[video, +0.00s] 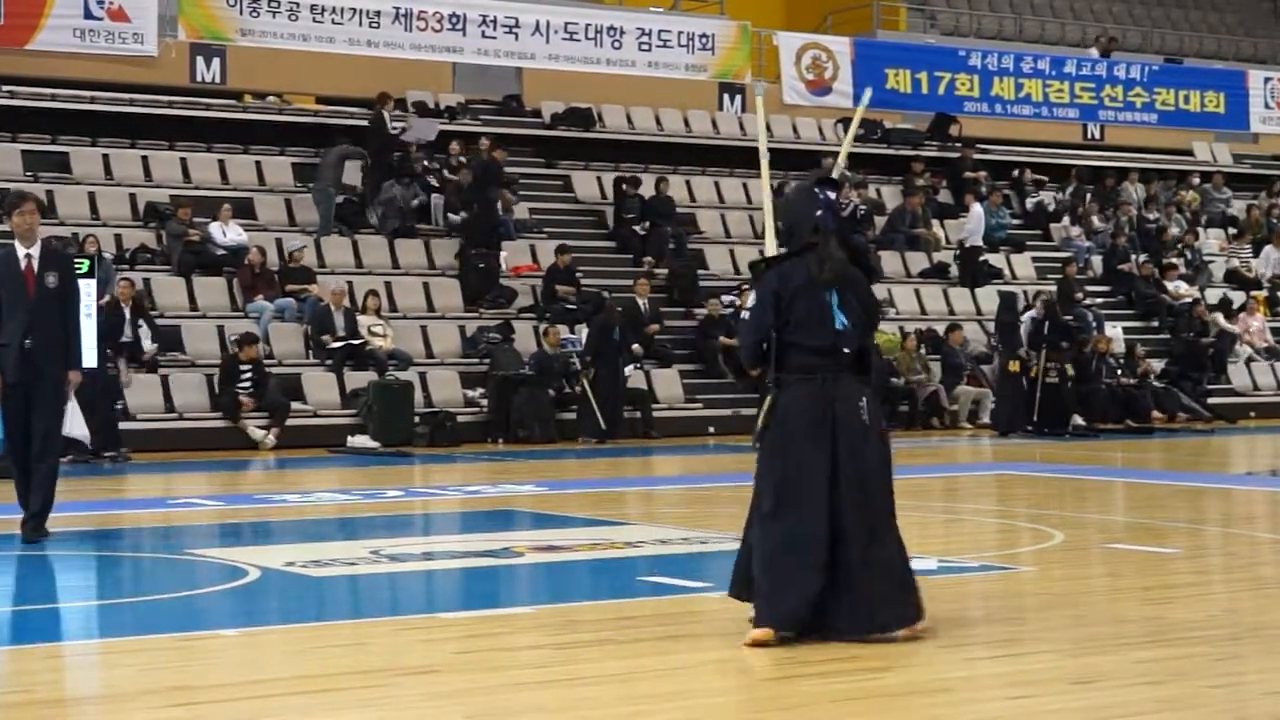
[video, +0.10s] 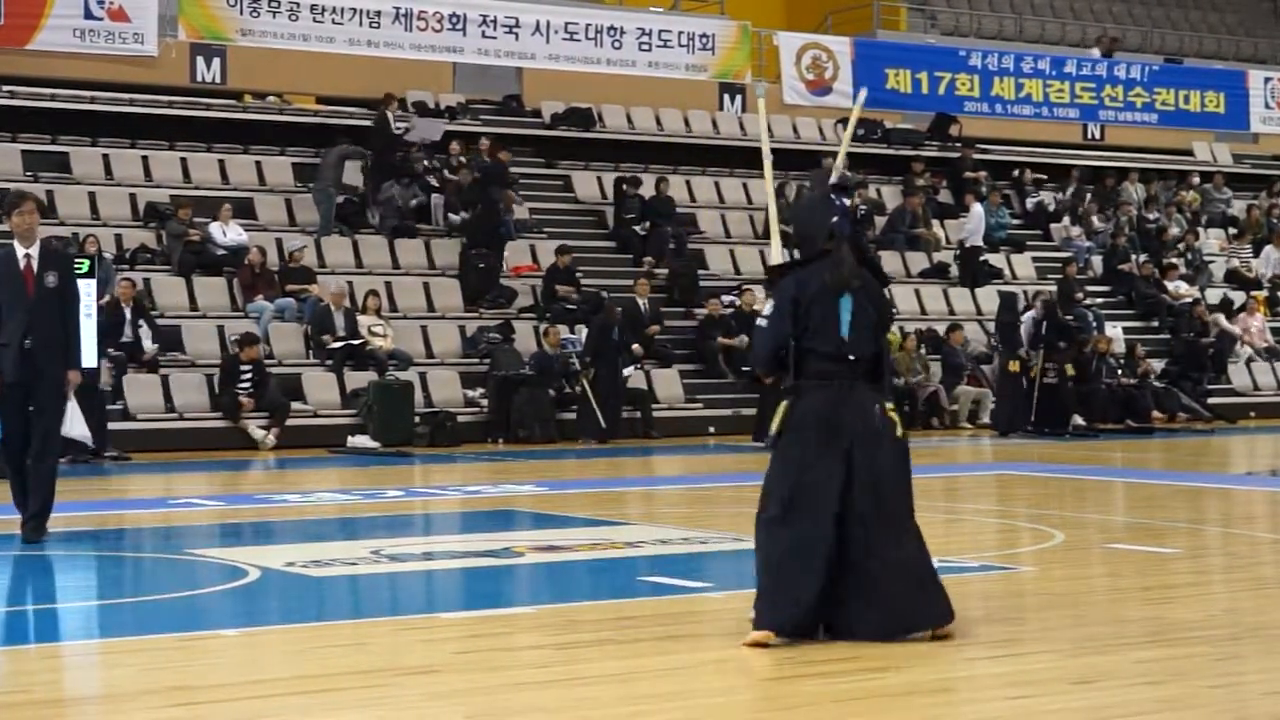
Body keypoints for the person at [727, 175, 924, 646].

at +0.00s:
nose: (781, 229)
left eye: (783, 222)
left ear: (789, 226)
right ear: (833, 224)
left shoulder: (776, 279)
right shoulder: (855, 281)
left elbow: (750, 347)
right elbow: (865, 345)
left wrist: (756, 369)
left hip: (797, 405)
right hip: (852, 404)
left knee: (783, 505)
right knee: (866, 504)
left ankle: (773, 615)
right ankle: (897, 608)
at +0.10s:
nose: (790, 237)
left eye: (794, 230)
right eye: (793, 227)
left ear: (804, 234)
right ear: (841, 232)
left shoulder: (795, 284)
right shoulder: (869, 285)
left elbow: (766, 353)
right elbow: (878, 355)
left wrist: (768, 374)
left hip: (811, 411)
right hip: (866, 409)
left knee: (785, 511)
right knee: (889, 511)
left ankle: (772, 617)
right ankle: (932, 610)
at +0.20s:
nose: (810, 237)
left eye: (815, 229)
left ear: (823, 232)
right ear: (866, 227)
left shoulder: (822, 281)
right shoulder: (888, 279)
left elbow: (793, 354)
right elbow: (888, 342)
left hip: (839, 405)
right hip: (891, 404)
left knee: (804, 506)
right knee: (905, 509)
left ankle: (777, 613)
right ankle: (940, 612)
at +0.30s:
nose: (827, 242)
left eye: (831, 233)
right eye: (827, 232)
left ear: (845, 234)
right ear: (878, 228)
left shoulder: (850, 282)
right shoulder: (901, 274)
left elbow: (824, 355)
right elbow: (915, 343)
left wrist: (800, 323)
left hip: (866, 409)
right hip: (915, 405)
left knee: (827, 507)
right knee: (916, 511)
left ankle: (799, 613)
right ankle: (938, 614)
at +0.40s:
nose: (840, 242)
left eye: (846, 232)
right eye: (840, 231)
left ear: (864, 235)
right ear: (894, 231)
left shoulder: (868, 283)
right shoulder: (914, 274)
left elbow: (848, 356)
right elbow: (921, 342)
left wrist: (836, 379)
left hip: (887, 408)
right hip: (929, 404)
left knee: (845, 505)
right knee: (917, 511)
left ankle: (826, 615)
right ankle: (914, 612)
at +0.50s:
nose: (848, 237)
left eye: (855, 228)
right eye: (848, 227)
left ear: (875, 232)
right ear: (904, 229)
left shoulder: (876, 282)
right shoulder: (927, 276)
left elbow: (857, 354)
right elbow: (939, 345)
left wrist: (841, 377)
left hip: (894, 409)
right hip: (940, 407)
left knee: (856, 506)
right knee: (944, 513)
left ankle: (843, 617)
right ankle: (950, 618)